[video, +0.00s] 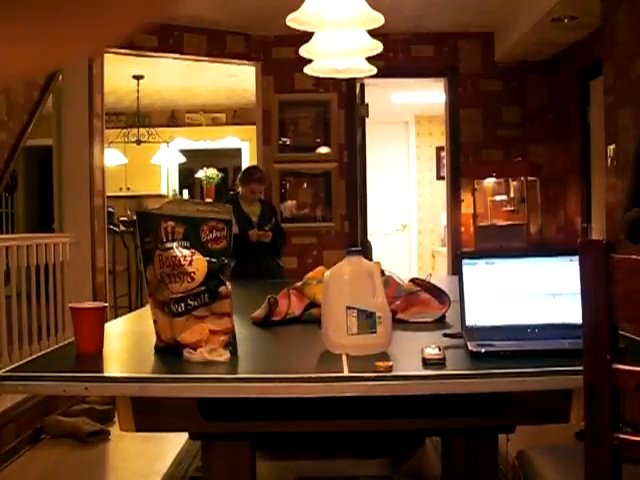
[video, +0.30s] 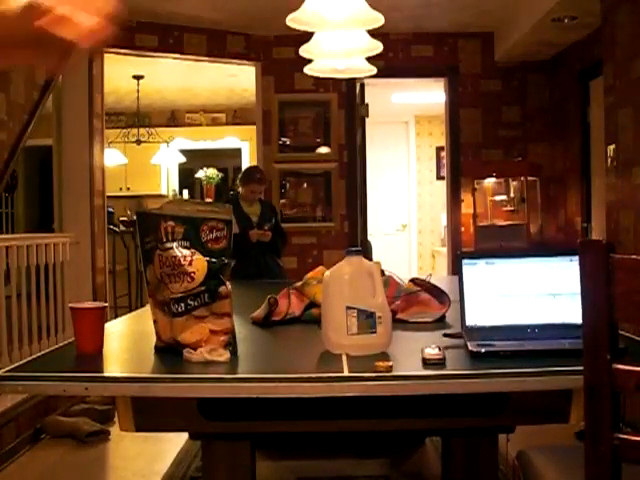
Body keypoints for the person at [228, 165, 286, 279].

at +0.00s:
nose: (256, 197)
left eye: (260, 192)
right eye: (252, 192)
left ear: (264, 189)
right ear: (241, 187)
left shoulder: (268, 207)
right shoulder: (230, 206)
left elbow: (282, 239)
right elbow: (225, 241)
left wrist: (271, 237)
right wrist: (247, 237)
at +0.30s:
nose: (256, 197)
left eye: (260, 193)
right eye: (252, 192)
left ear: (264, 190)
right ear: (241, 187)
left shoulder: (268, 208)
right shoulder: (230, 206)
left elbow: (282, 239)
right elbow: (225, 243)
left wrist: (271, 237)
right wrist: (248, 237)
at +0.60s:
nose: (256, 197)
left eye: (260, 193)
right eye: (252, 192)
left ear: (264, 190)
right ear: (241, 187)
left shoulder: (268, 207)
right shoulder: (229, 207)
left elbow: (282, 238)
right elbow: (225, 242)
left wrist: (270, 237)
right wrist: (248, 237)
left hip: (268, 269)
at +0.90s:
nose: (256, 197)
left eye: (260, 193)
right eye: (252, 192)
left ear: (264, 189)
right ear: (241, 187)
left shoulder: (268, 207)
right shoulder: (230, 206)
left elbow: (282, 238)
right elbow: (226, 242)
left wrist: (271, 237)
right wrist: (248, 237)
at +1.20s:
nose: (256, 197)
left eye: (260, 192)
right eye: (252, 192)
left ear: (264, 190)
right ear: (241, 187)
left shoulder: (268, 206)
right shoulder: (230, 206)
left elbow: (282, 237)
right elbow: (227, 241)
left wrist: (270, 237)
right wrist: (248, 237)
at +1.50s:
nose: (256, 197)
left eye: (260, 193)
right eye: (252, 192)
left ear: (264, 190)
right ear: (241, 186)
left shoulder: (268, 207)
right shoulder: (230, 206)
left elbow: (283, 238)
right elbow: (226, 241)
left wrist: (271, 238)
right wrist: (247, 237)